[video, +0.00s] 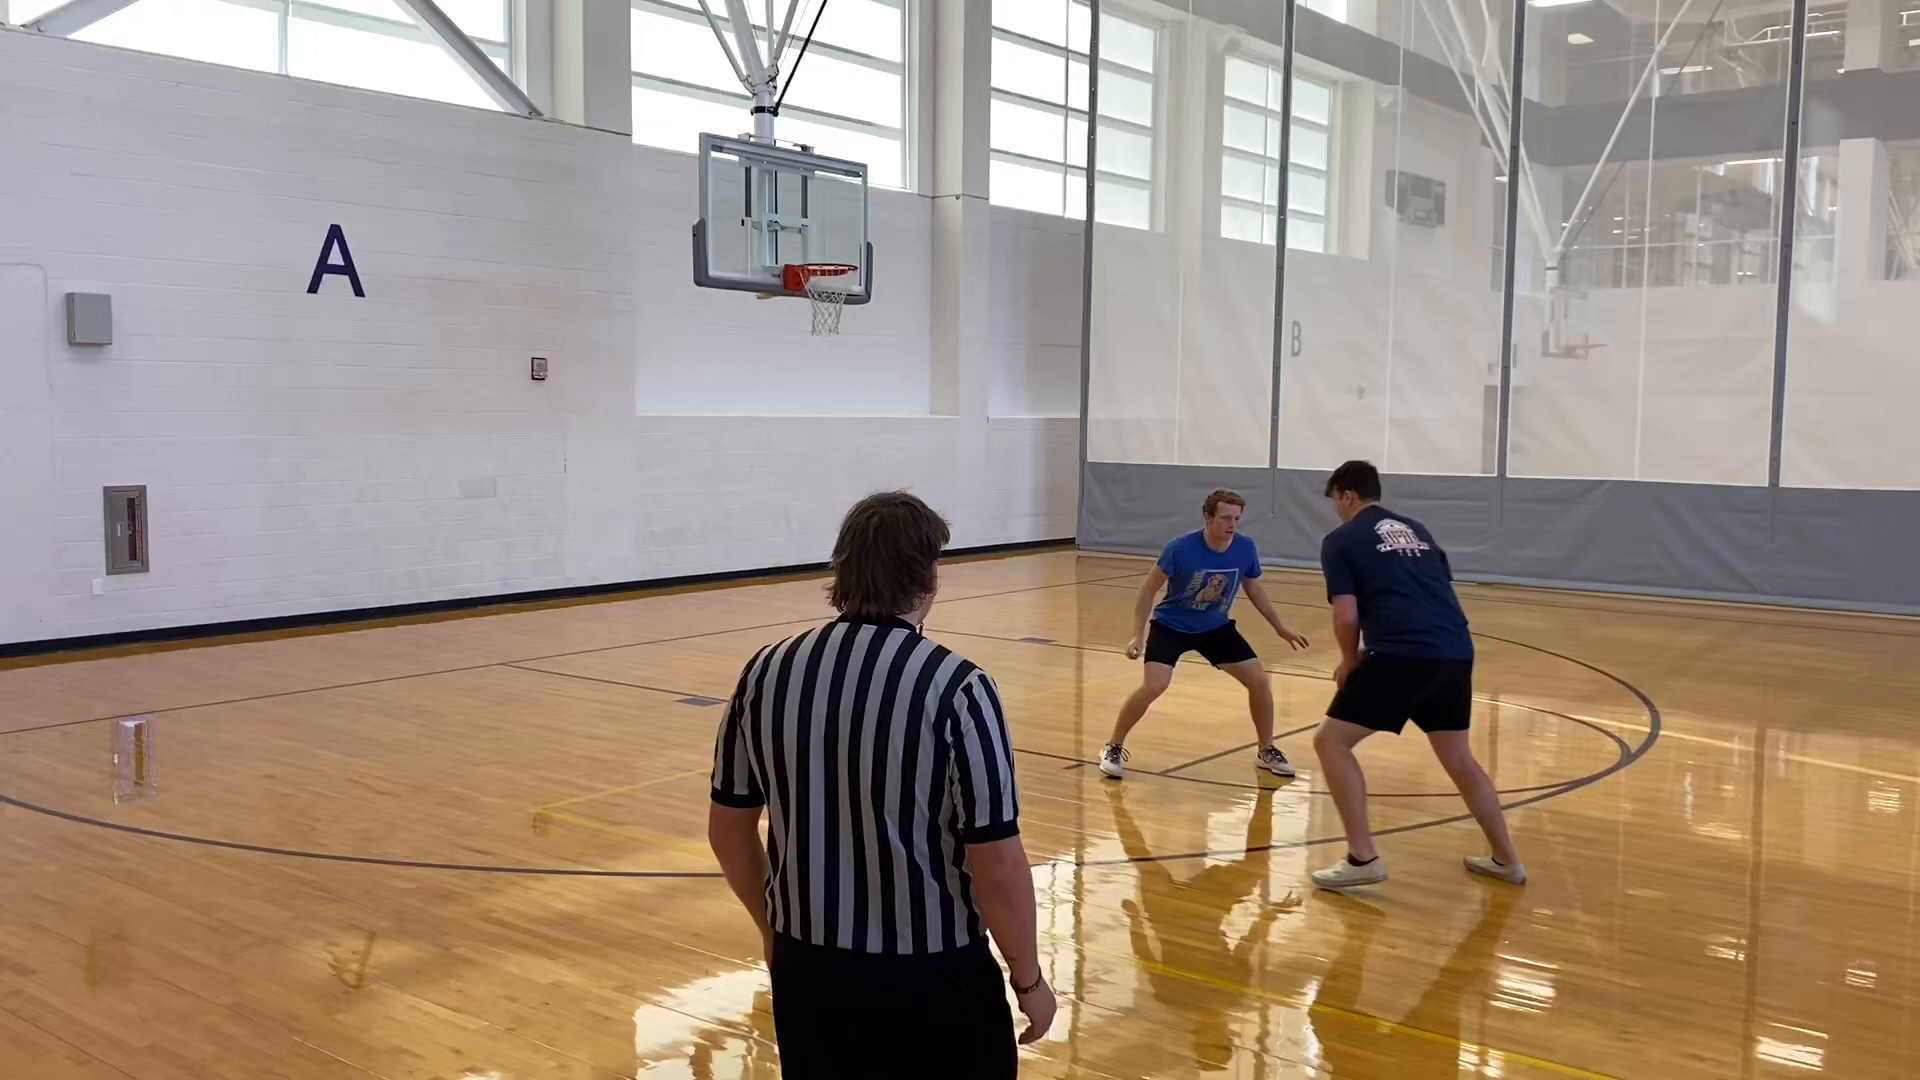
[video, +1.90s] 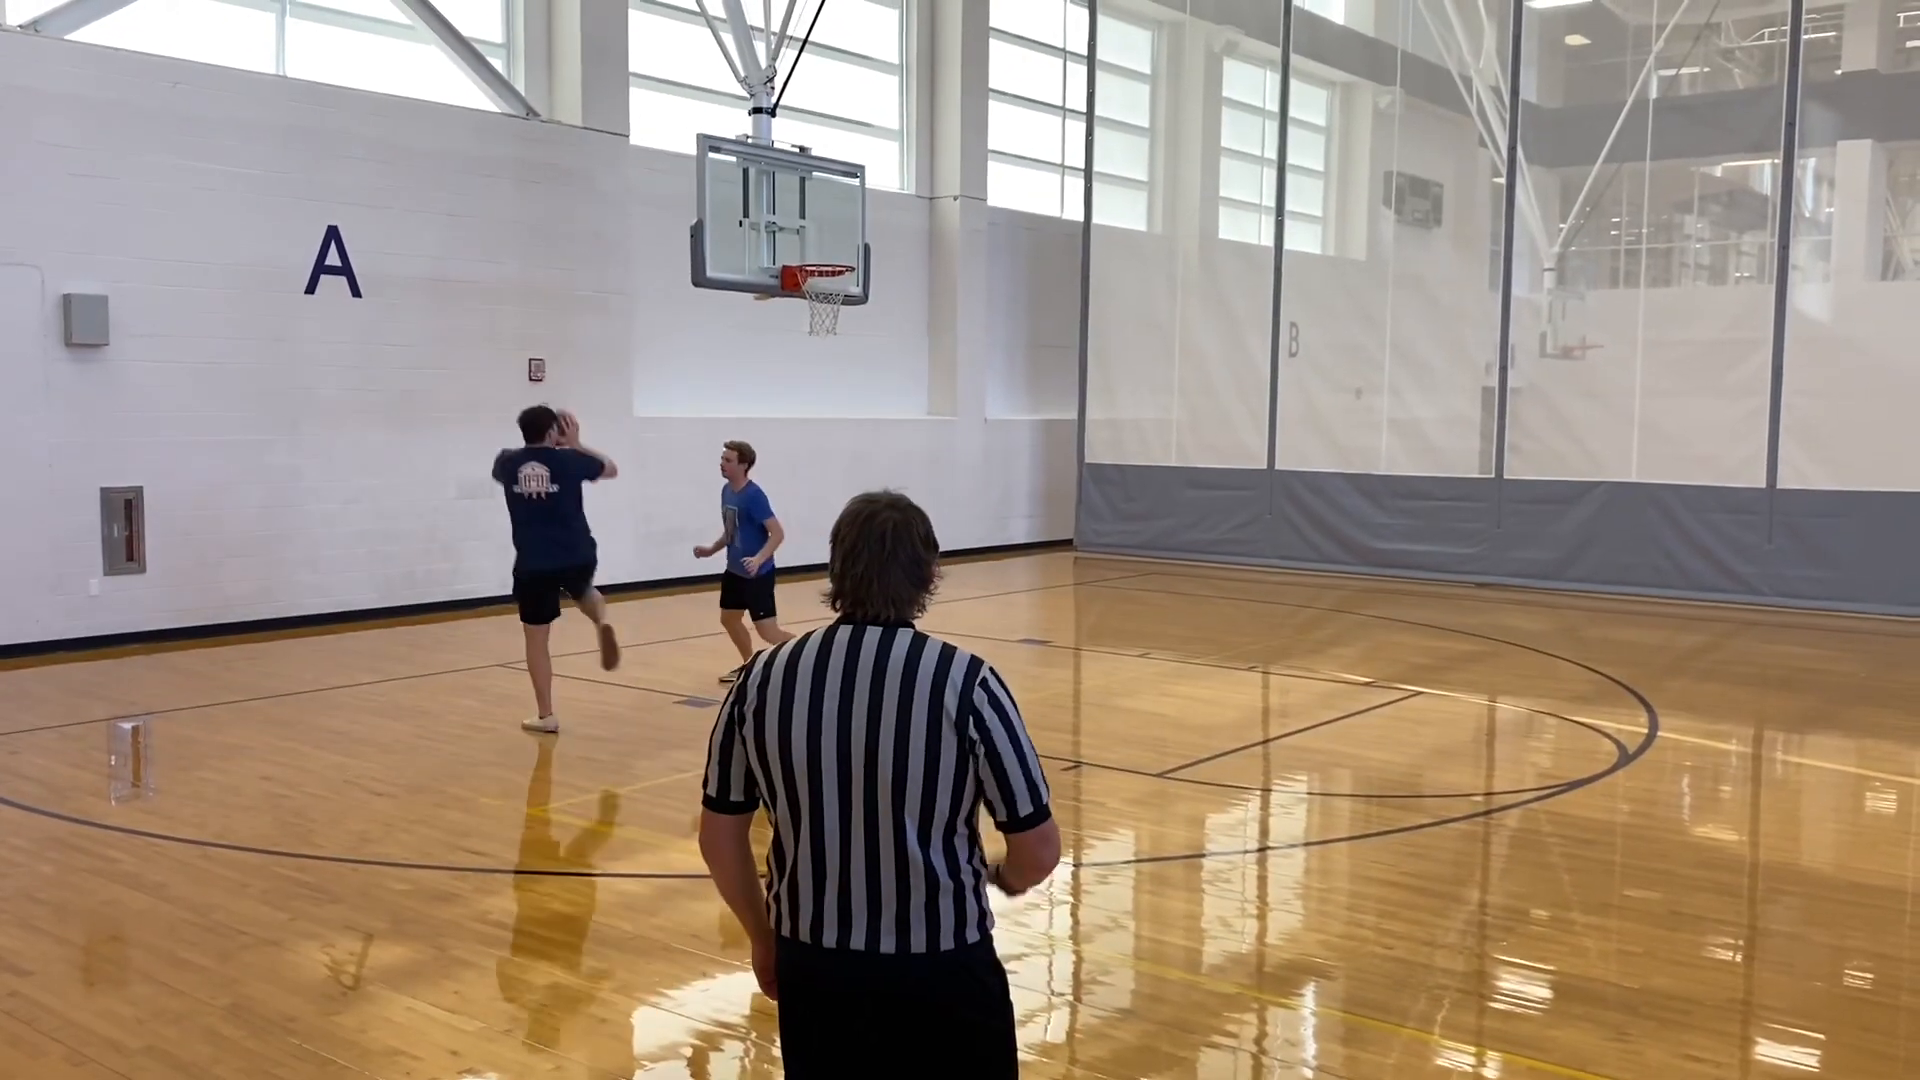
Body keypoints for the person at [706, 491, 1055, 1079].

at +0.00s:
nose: (939, 576)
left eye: (937, 560)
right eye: (937, 562)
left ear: (846, 567)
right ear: (926, 573)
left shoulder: (767, 671)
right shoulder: (958, 687)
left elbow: (729, 829)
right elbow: (996, 861)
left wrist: (773, 926)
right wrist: (1028, 976)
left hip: (809, 981)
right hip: (940, 985)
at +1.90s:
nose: (937, 574)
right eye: (934, 561)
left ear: (839, 568)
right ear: (927, 574)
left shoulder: (762, 677)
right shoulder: (967, 681)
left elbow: (719, 835)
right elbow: (1038, 851)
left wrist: (761, 932)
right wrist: (1004, 875)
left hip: (814, 978)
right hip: (947, 977)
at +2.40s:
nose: (931, 568)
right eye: (931, 556)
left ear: (839, 569)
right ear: (931, 568)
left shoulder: (774, 675)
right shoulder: (960, 648)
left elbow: (738, 819)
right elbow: (1059, 523)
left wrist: (799, 887)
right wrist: (1036, 391)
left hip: (834, 973)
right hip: (965, 969)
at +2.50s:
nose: (936, 566)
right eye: (936, 553)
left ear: (846, 568)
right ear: (937, 568)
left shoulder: (779, 675)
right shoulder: (962, 650)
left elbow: (746, 818)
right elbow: (1057, 516)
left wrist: (807, 885)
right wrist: (1035, 383)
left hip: (839, 971)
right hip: (970, 966)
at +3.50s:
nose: (1173, 559)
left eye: (1171, 547)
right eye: (1171, 548)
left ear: (1083, 555)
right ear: (1161, 560)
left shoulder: (1024, 638)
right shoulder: (1187, 652)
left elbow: (1091, 641)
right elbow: (1308, 671)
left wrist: (1155, 615)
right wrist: (1203, 635)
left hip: (1045, 913)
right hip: (1157, 918)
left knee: (1075, 1068)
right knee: (1158, 1070)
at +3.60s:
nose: (1192, 562)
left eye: (1190, 549)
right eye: (1190, 551)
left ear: (1100, 558)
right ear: (1178, 562)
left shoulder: (1042, 638)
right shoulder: (1204, 653)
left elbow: (1114, 638)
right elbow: (1316, 682)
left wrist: (1185, 608)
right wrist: (1233, 643)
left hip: (1065, 913)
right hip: (1173, 918)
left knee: (1098, 1066)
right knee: (1175, 1068)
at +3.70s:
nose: (1209, 566)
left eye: (1205, 550)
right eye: (1208, 553)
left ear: (1118, 560)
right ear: (1197, 564)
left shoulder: (1062, 639)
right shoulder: (1223, 655)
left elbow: (1137, 652)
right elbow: (1324, 689)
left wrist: (1216, 631)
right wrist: (1251, 643)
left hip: (1085, 906)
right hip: (1190, 913)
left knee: (1119, 1062)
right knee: (1194, 1062)